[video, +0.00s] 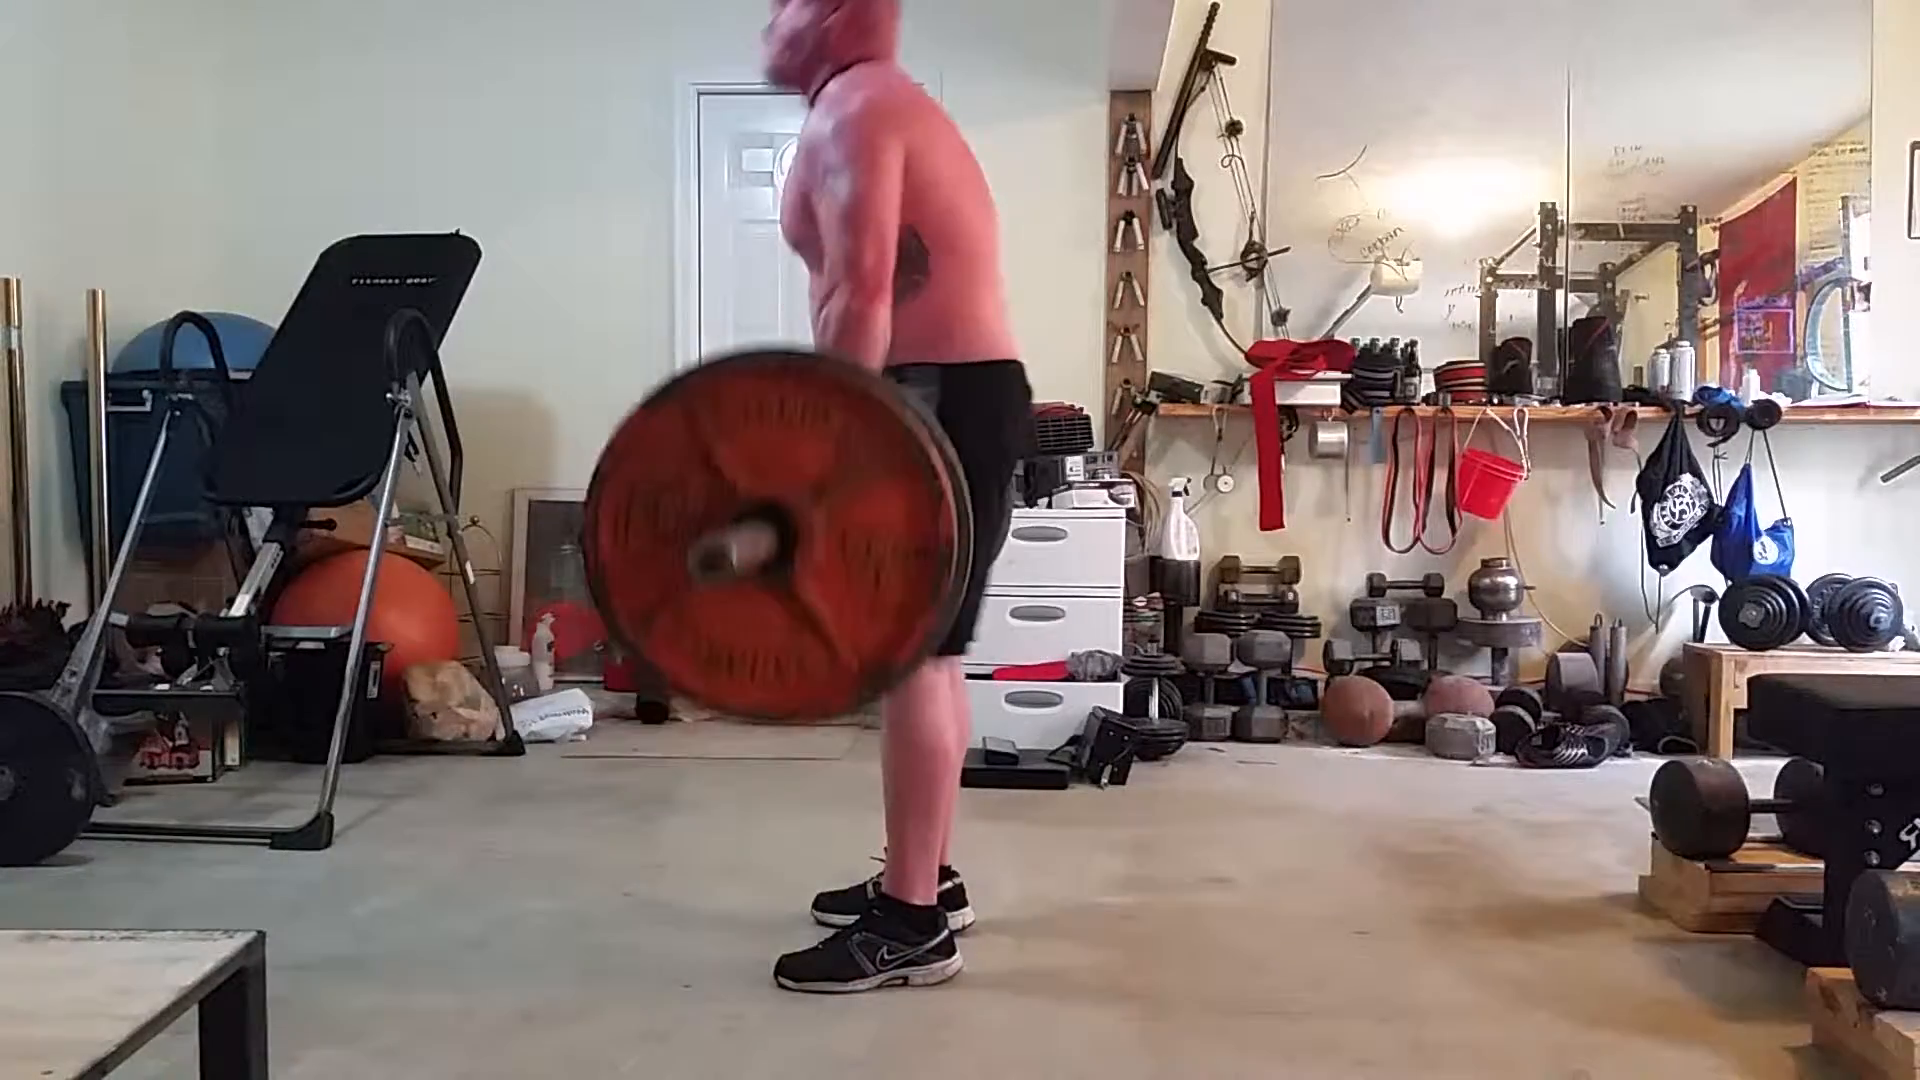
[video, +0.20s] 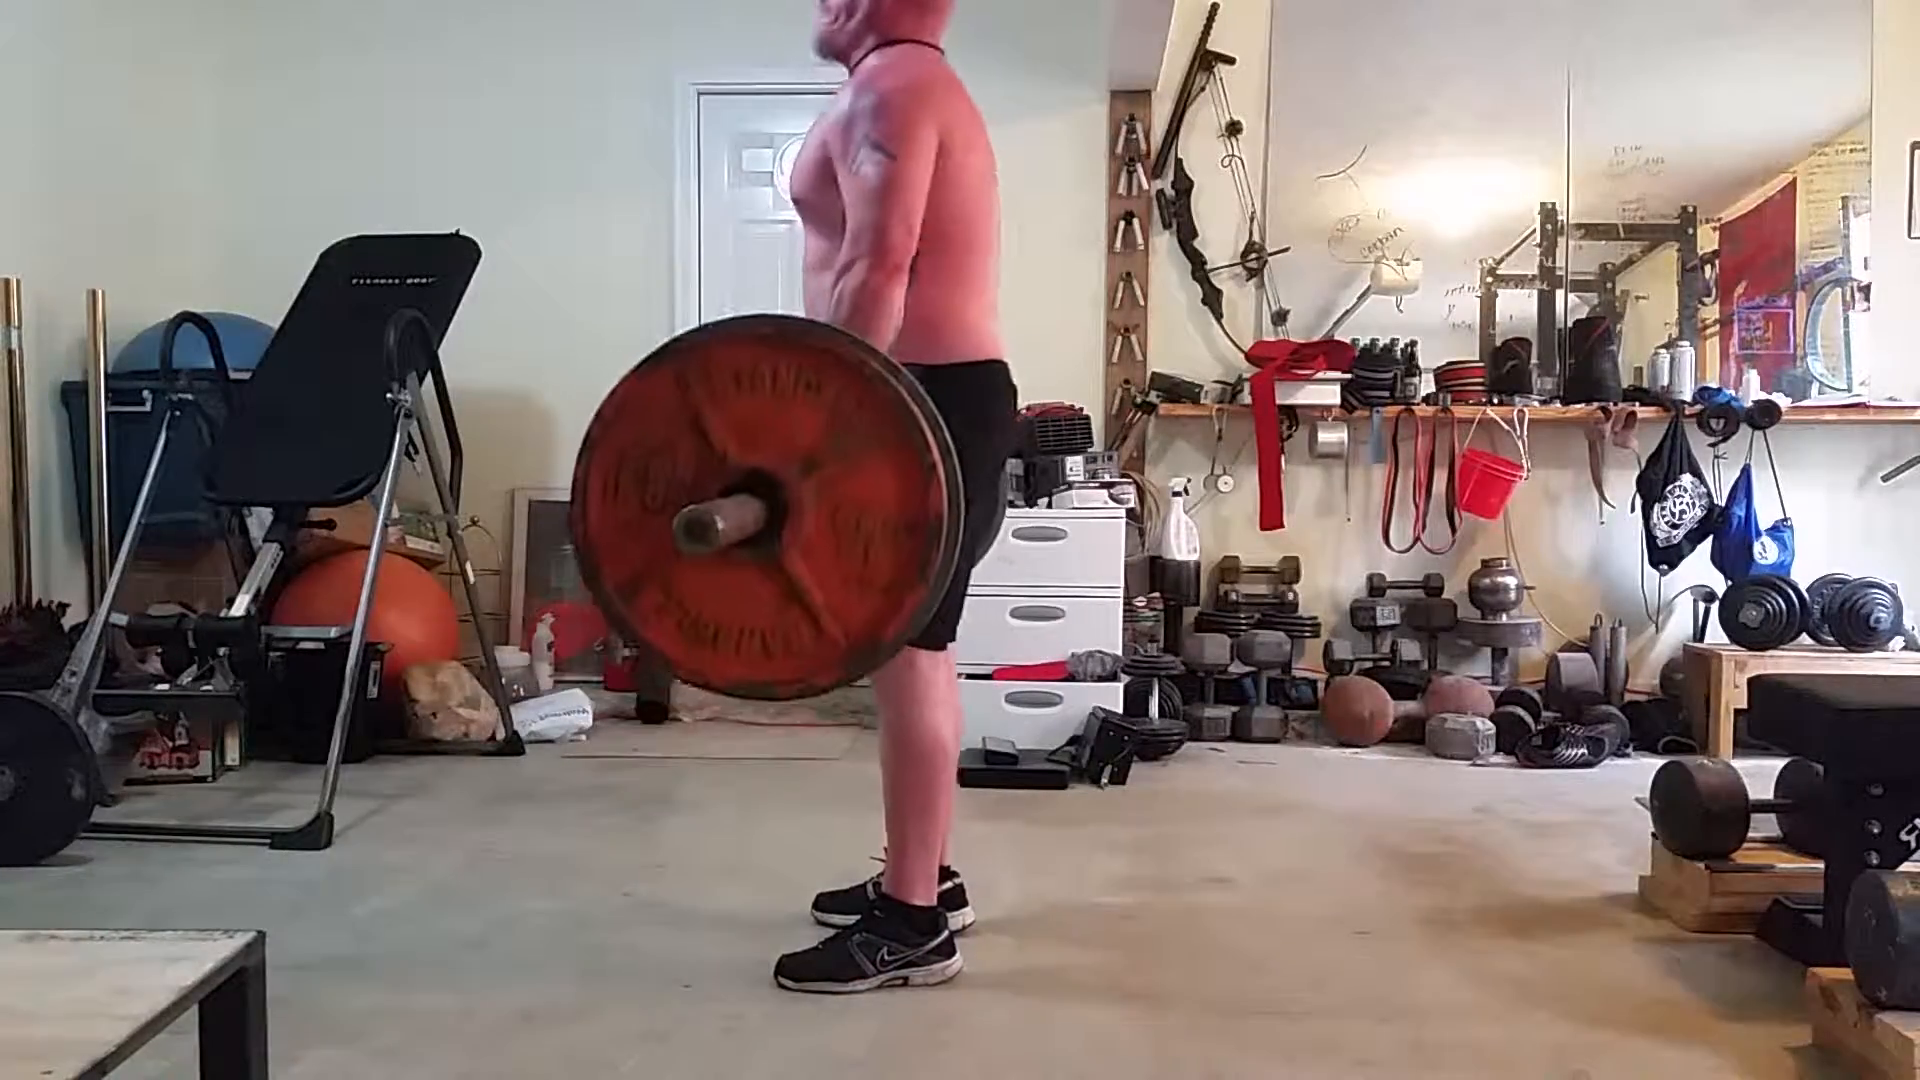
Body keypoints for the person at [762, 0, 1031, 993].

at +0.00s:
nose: (769, 21)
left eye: (787, 4)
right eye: (775, 6)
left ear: (841, 13)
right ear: (853, 21)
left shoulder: (860, 112)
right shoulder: (855, 115)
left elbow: (860, 294)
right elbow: (841, 302)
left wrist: (822, 454)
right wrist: (803, 451)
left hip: (945, 395)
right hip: (946, 395)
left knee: (921, 656)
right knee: (922, 654)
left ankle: (913, 917)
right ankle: (922, 882)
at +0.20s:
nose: (818, 7)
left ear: (869, 2)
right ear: (911, 10)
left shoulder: (894, 81)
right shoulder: (912, 87)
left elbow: (881, 268)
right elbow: (863, 277)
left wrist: (815, 420)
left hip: (931, 395)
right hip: (944, 393)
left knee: (910, 651)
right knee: (913, 649)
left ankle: (914, 918)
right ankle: (921, 881)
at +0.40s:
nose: (773, 27)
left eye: (788, 8)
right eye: (777, 11)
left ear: (842, 15)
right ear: (858, 22)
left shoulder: (872, 109)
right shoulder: (868, 113)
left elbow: (865, 295)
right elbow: (860, 306)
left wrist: (820, 460)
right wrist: (811, 457)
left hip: (941, 400)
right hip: (946, 400)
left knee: (897, 648)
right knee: (910, 648)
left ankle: (907, 918)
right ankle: (924, 879)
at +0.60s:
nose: (687, 137)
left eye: (691, 110)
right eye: (683, 114)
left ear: (740, 86)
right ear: (752, 85)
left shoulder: (814, 162)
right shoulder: (810, 162)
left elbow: (840, 346)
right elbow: (839, 345)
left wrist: (816, 519)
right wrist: (807, 516)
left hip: (961, 404)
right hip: (945, 403)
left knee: (909, 650)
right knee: (918, 647)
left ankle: (911, 913)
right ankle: (922, 877)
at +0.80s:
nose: (657, 242)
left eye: (652, 217)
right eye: (646, 226)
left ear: (692, 172)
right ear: (698, 170)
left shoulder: (781, 234)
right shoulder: (779, 241)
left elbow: (828, 414)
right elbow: (827, 419)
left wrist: (821, 585)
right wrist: (826, 579)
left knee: (917, 660)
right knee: (914, 652)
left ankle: (911, 913)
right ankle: (922, 877)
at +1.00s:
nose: (660, 326)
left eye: (650, 302)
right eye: (646, 310)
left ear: (680, 254)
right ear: (693, 246)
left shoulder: (772, 303)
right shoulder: (790, 288)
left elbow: (824, 480)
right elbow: (869, 488)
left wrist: (817, 653)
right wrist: (858, 628)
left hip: (1006, 421)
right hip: (995, 423)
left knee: (926, 666)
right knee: (925, 666)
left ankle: (905, 921)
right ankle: (918, 886)